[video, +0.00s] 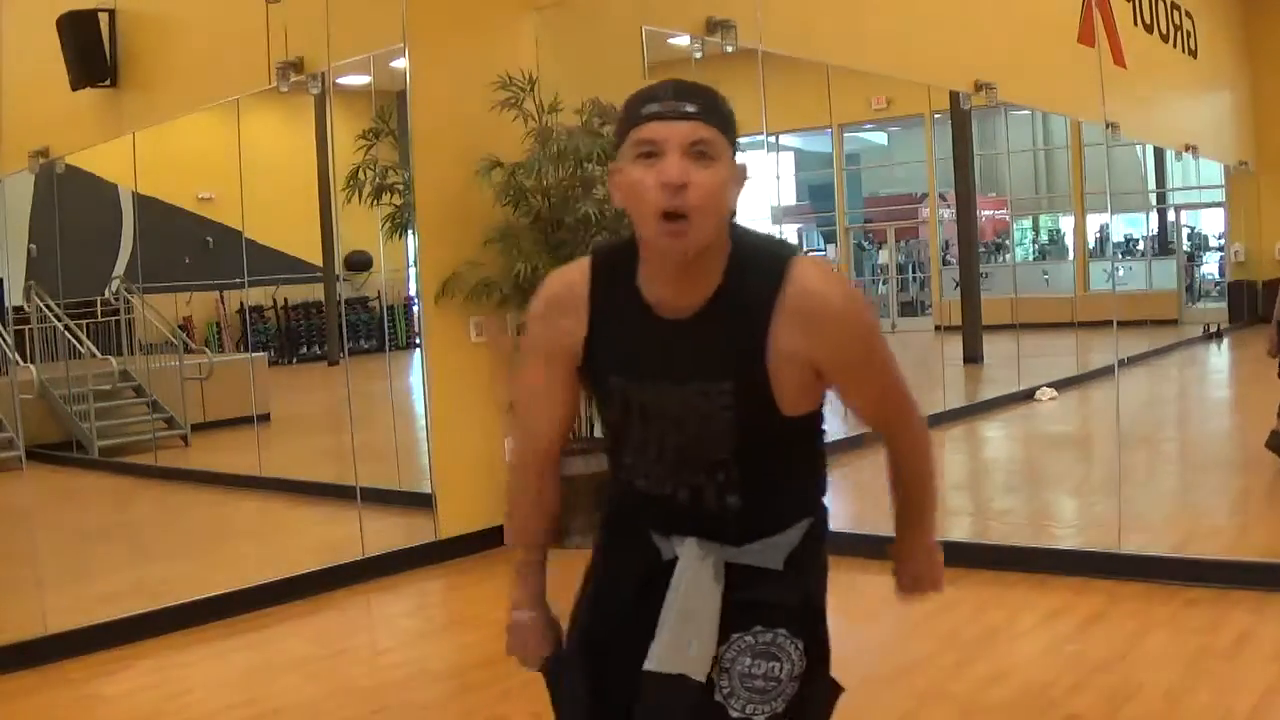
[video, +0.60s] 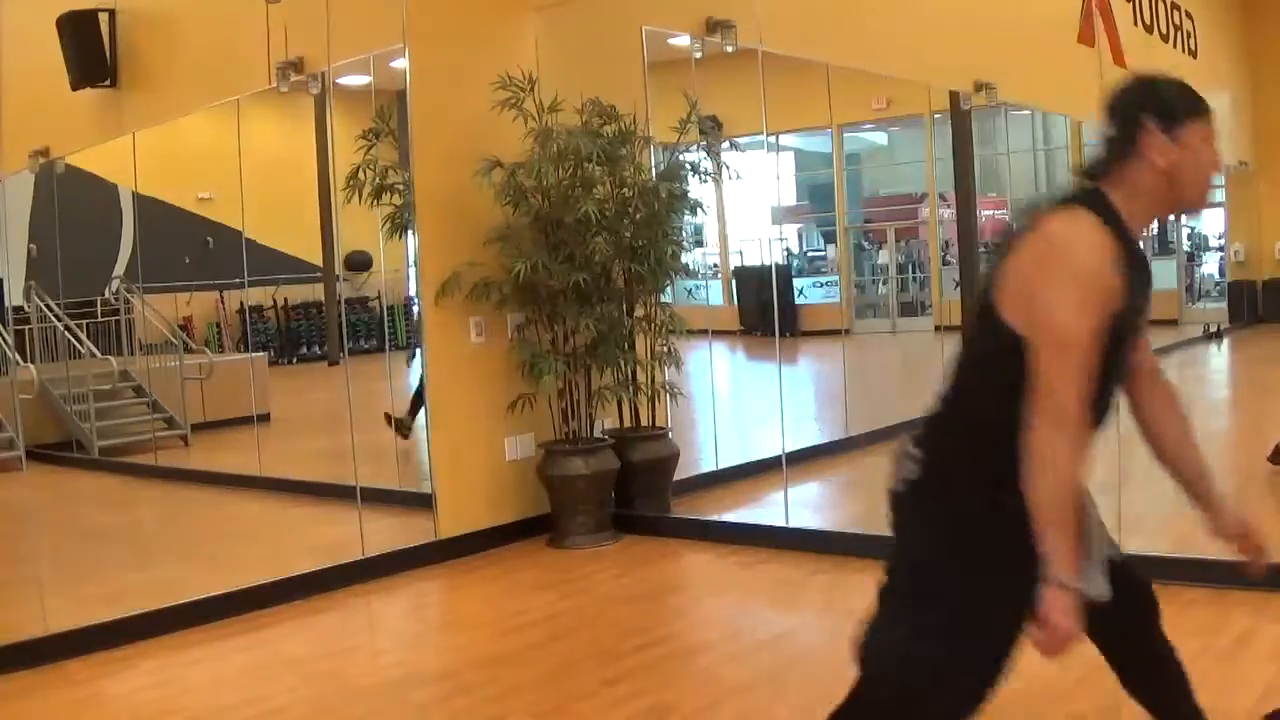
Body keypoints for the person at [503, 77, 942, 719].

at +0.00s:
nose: (673, 176)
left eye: (700, 155)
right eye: (648, 155)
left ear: (736, 181)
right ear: (616, 184)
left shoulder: (810, 299)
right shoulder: (571, 300)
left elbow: (905, 428)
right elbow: (535, 455)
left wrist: (918, 547)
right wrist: (527, 599)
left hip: (763, 577)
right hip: (634, 568)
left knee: (759, 706)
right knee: (594, 700)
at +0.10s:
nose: (725, 168)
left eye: (751, 151)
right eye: (700, 150)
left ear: (782, 181)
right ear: (669, 183)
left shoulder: (855, 292)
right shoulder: (619, 309)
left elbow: (928, 380)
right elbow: (572, 471)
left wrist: (924, 464)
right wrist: (538, 638)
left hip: (804, 576)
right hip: (675, 571)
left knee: (797, 705)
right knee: (636, 701)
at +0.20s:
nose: (797, 146)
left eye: (816, 130)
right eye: (770, 131)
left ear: (840, 156)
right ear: (732, 165)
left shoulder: (904, 273)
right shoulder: (673, 293)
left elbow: (927, 346)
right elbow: (643, 446)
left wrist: (841, 427)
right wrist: (663, 573)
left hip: (850, 560)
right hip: (720, 561)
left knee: (844, 705)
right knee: (678, 704)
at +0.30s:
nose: (918, 80)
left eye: (922, 66)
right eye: (891, 66)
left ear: (934, 88)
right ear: (826, 90)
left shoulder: (961, 209)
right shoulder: (750, 218)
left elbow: (936, 330)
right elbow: (739, 366)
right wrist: (820, 465)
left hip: (913, 495)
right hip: (781, 500)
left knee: (918, 697)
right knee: (747, 703)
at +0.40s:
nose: (1037, 41)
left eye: (1033, 23)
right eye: (1015, 21)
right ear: (945, 34)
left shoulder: (1014, 167)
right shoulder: (847, 151)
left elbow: (1013, 292)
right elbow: (820, 318)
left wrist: (975, 391)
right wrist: (907, 448)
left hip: (958, 432)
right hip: (845, 439)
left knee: (1024, 615)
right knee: (806, 659)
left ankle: (973, 711)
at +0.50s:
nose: (1133, 74)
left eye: (1129, 56)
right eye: (1116, 53)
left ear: (1068, 65)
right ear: (1055, 60)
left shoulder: (1072, 189)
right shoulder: (957, 161)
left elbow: (1077, 331)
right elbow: (922, 334)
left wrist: (1088, 459)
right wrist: (964, 501)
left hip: (992, 428)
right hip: (895, 431)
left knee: (1092, 584)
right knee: (869, 647)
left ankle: (1092, 712)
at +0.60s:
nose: (1216, 162)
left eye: (1213, 143)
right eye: (1206, 142)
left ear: (1156, 148)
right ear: (1156, 146)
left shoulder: (1112, 244)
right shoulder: (1073, 245)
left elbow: (1146, 384)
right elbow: (1052, 422)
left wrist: (1215, 507)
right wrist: (1060, 575)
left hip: (1027, 485)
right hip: (966, 502)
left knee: (1128, 616)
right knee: (916, 692)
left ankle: (1184, 713)